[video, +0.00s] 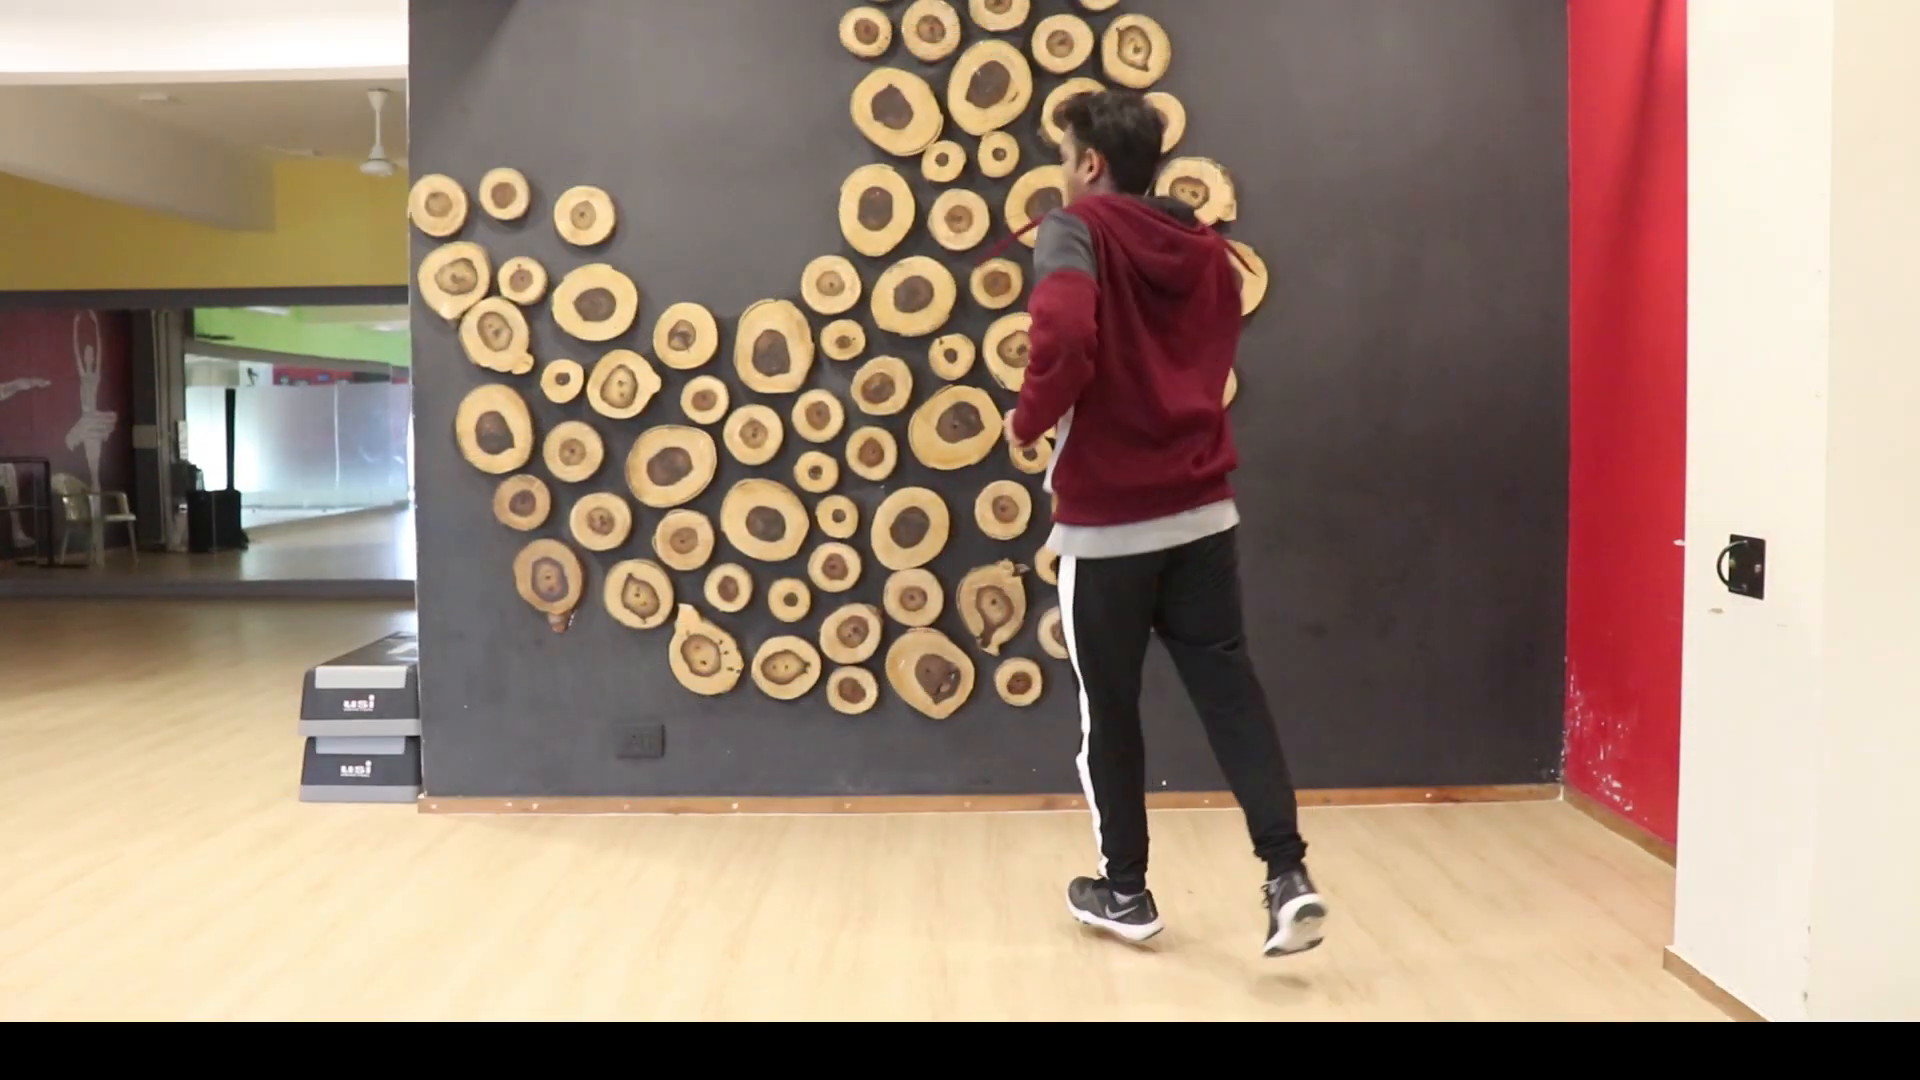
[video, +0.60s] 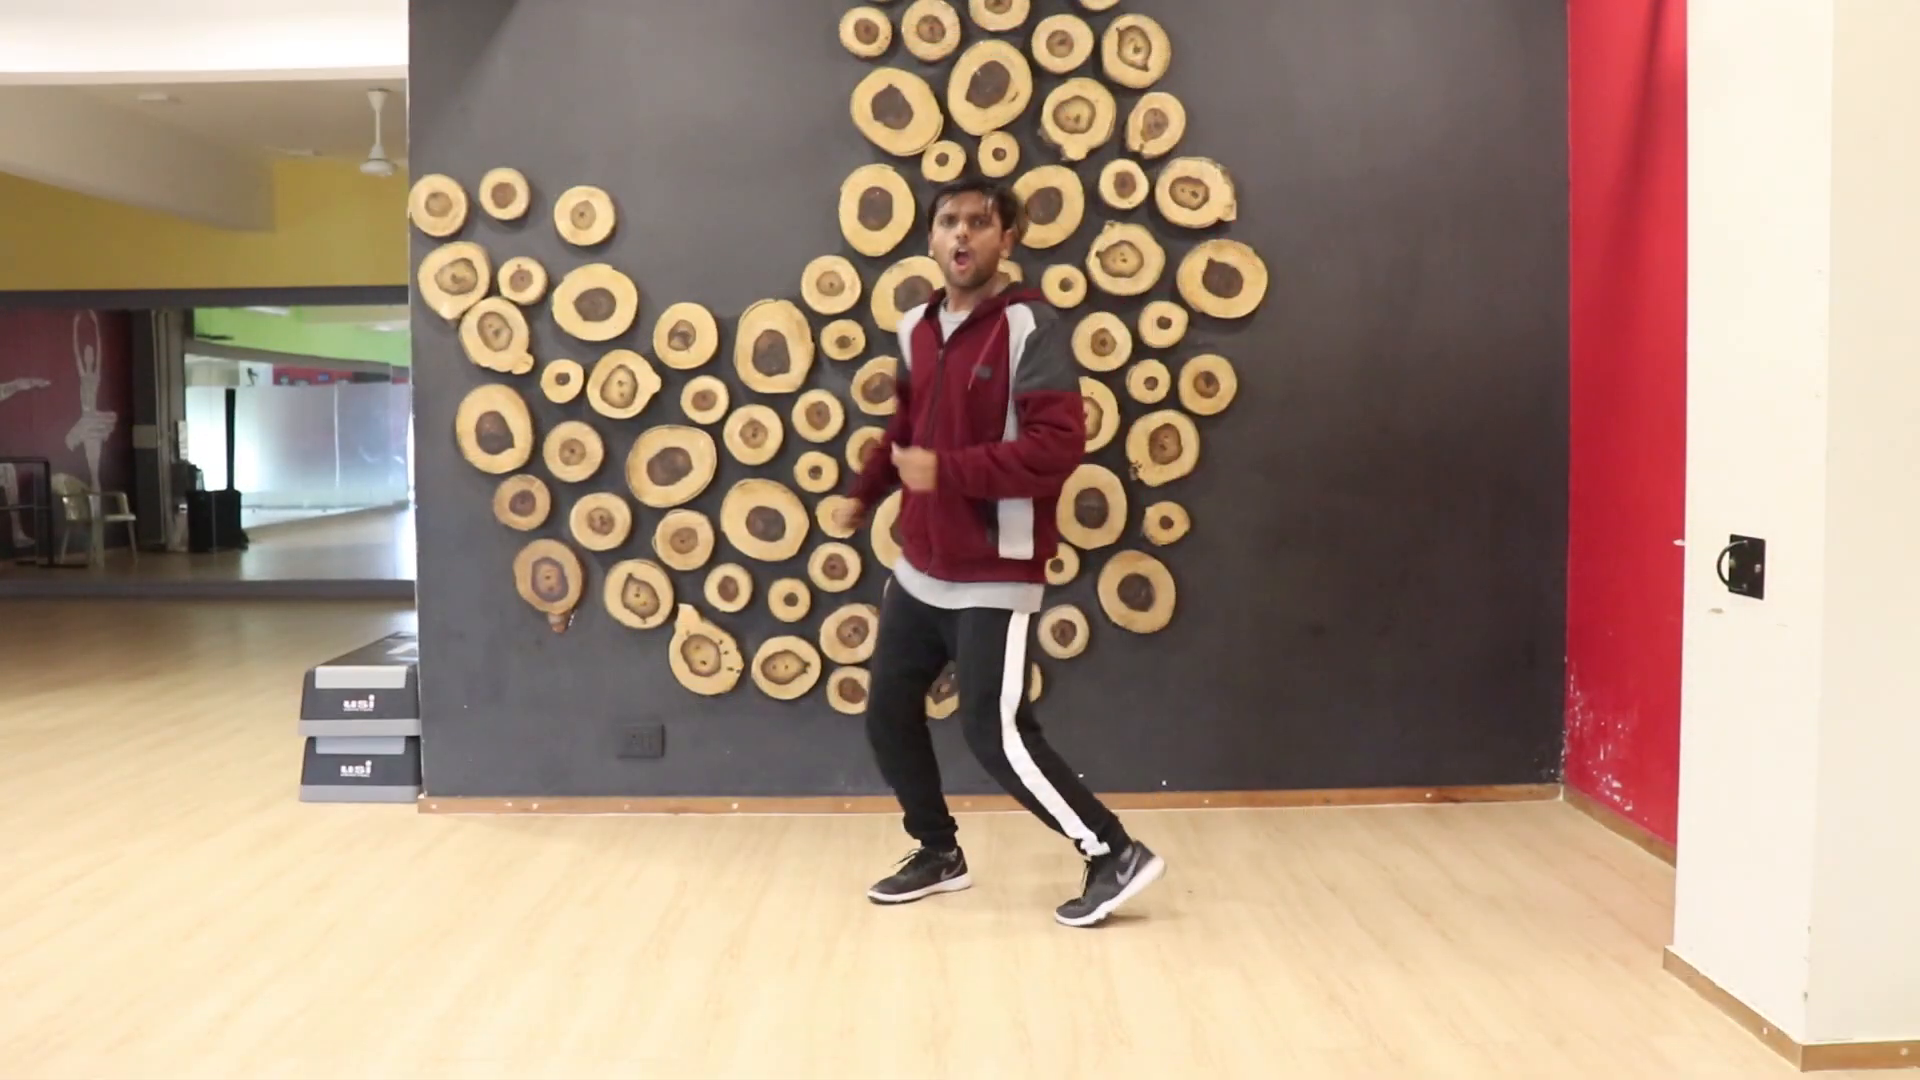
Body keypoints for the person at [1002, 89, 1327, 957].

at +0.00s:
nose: (1065, 173)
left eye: (1068, 159)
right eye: (1067, 159)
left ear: (1093, 162)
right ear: (1149, 164)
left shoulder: (1073, 232)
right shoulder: (1199, 241)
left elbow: (1067, 337)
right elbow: (1222, 346)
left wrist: (1025, 422)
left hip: (1108, 523)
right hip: (1203, 512)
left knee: (1108, 704)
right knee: (1228, 681)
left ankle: (1125, 888)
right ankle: (1287, 876)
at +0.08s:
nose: (1034, 203)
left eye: (1044, 190)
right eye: (1039, 187)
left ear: (1082, 201)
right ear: (1113, 204)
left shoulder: (1063, 269)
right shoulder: (1170, 274)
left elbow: (1068, 392)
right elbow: (1195, 392)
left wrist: (1004, 448)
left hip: (1092, 562)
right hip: (1179, 546)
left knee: (1089, 728)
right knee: (1212, 694)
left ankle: (1130, 897)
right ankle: (1304, 875)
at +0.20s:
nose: (1024, 231)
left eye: (1044, 219)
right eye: (1021, 219)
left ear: (1089, 238)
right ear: (1019, 231)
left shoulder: (1059, 323)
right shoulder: (1118, 311)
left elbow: (1049, 460)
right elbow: (1128, 450)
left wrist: (964, 481)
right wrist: (1022, 506)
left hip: (1075, 585)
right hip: (1140, 570)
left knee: (1053, 745)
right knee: (1136, 716)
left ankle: (1125, 898)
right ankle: (1246, 867)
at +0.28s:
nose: (1017, 219)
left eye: (1037, 207)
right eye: (1012, 207)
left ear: (1077, 226)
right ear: (1007, 222)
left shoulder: (1061, 313)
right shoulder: (1070, 304)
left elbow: (1037, 444)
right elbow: (1048, 434)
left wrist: (966, 430)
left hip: (1066, 573)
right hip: (1093, 563)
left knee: (1053, 743)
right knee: (1073, 716)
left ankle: (1126, 896)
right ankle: (1153, 852)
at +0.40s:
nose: (1002, 193)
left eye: (1021, 181)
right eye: (993, 179)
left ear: (1054, 196)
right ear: (978, 192)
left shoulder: (1052, 283)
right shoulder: (1002, 280)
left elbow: (1022, 404)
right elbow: (990, 392)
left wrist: (943, 384)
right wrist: (965, 388)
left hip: (1050, 543)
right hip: (1000, 536)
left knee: (1047, 714)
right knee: (994, 693)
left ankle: (1116, 870)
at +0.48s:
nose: (984, 199)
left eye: (1003, 186)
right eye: (974, 185)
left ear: (1036, 199)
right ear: (960, 198)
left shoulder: (1048, 283)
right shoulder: (980, 283)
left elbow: (1031, 402)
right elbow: (992, 393)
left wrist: (928, 391)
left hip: (1030, 541)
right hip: (972, 532)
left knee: (1022, 710)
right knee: (954, 688)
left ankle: (1112, 858)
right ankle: (954, 843)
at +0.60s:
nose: (961, 236)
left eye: (977, 224)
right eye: (949, 224)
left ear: (1007, 240)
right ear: (931, 240)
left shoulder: (1032, 329)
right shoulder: (920, 331)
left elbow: (1057, 446)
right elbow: (907, 422)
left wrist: (945, 470)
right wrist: (861, 493)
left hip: (1000, 573)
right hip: (924, 564)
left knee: (996, 730)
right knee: (889, 714)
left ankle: (1113, 854)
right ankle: (937, 850)